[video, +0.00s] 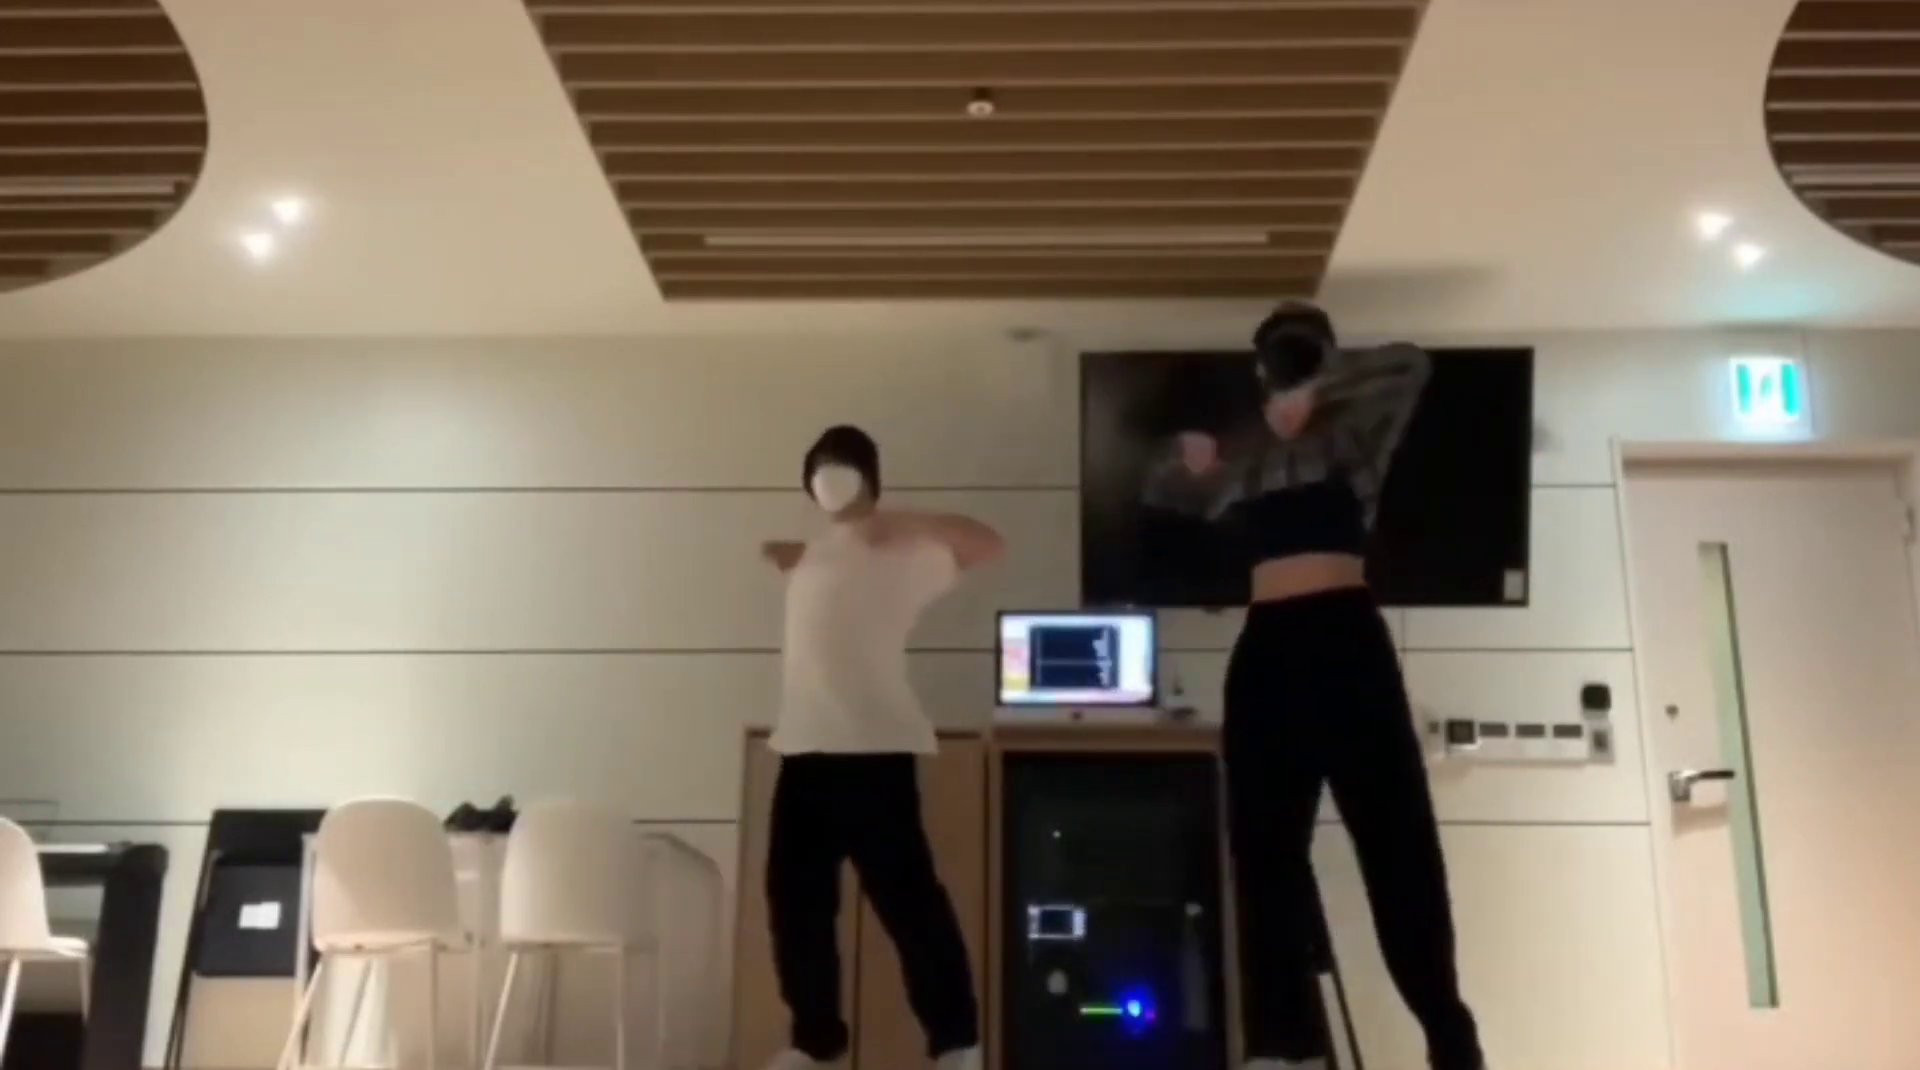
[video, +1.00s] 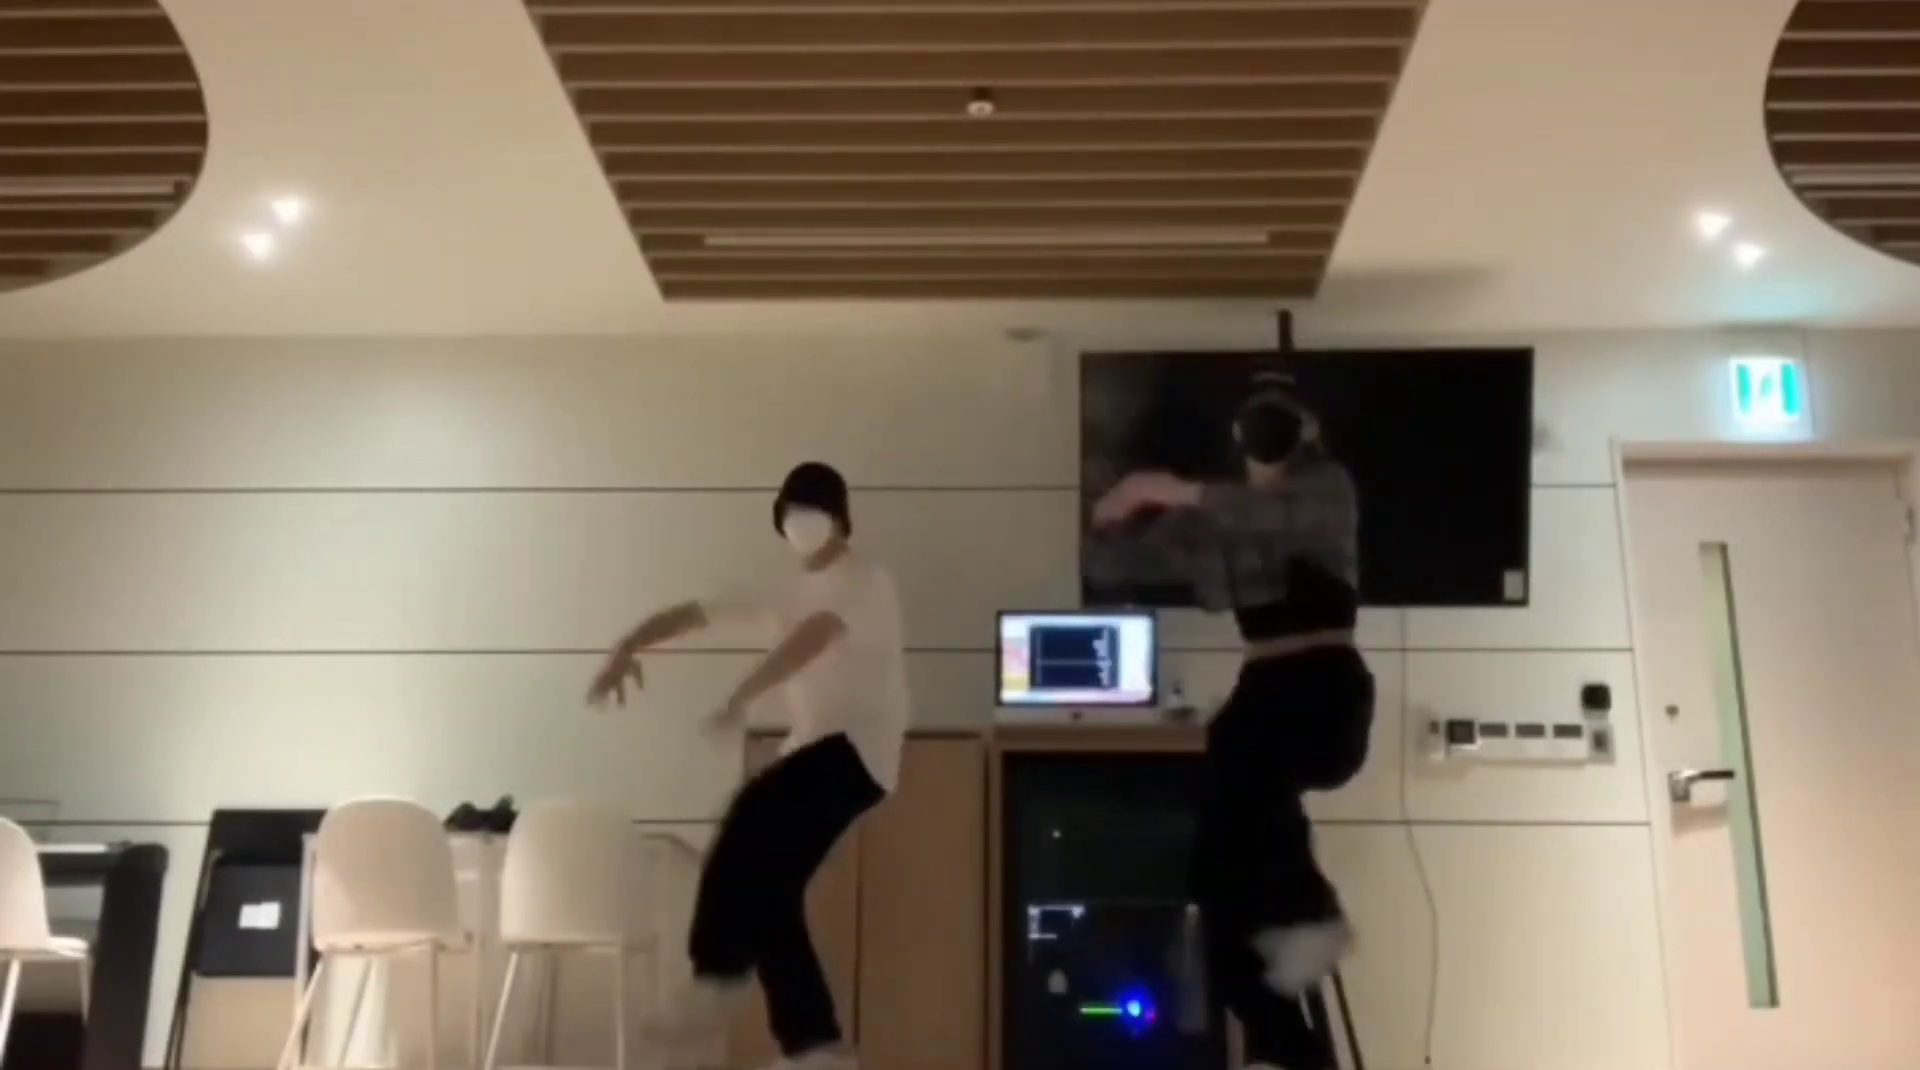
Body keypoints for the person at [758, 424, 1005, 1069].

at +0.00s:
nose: (832, 487)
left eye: (846, 472)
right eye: (820, 477)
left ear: (872, 477)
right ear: (809, 488)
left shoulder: (907, 549)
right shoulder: (815, 554)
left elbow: (988, 545)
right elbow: (813, 563)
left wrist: (906, 525)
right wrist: (784, 556)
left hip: (879, 752)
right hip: (806, 754)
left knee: (906, 898)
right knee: (797, 901)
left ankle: (955, 1045)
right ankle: (816, 1042)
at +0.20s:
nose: (835, 496)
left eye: (847, 481)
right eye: (822, 486)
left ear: (873, 486)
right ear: (810, 496)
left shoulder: (891, 558)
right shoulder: (815, 565)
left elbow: (962, 607)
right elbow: (817, 624)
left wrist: (899, 560)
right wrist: (789, 583)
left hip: (877, 761)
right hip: (803, 763)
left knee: (915, 901)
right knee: (789, 899)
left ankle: (955, 1042)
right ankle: (819, 1041)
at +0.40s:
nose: (815, 513)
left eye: (827, 498)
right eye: (803, 501)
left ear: (855, 500)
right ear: (792, 508)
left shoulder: (893, 572)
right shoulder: (794, 565)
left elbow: (946, 625)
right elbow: (770, 635)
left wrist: (883, 680)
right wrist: (737, 707)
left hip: (857, 728)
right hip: (794, 727)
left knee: (737, 770)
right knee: (784, 882)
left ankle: (815, 891)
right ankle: (819, 1039)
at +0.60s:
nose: (810, 521)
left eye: (822, 506)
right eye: (799, 510)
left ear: (851, 507)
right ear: (790, 516)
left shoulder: (883, 576)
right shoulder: (796, 580)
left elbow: (865, 663)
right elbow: (755, 680)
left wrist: (809, 605)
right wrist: (751, 623)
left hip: (855, 733)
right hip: (797, 736)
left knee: (726, 711)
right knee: (772, 886)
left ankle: (762, 861)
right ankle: (818, 1041)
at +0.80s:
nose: (802, 525)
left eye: (814, 510)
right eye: (792, 513)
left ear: (844, 514)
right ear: (784, 520)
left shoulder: (873, 582)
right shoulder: (798, 582)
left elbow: (827, 669)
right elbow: (777, 681)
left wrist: (779, 606)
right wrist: (756, 614)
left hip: (857, 737)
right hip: (811, 735)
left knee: (719, 712)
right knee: (765, 887)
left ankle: (741, 866)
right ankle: (816, 1042)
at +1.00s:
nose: (801, 531)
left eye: (813, 515)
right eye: (790, 520)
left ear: (840, 517)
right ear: (782, 527)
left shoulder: (863, 578)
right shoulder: (796, 591)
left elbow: (818, 636)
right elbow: (702, 614)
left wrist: (741, 698)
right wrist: (629, 647)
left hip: (854, 747)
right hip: (813, 751)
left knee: (753, 821)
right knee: (773, 884)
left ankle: (718, 975)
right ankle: (815, 1046)